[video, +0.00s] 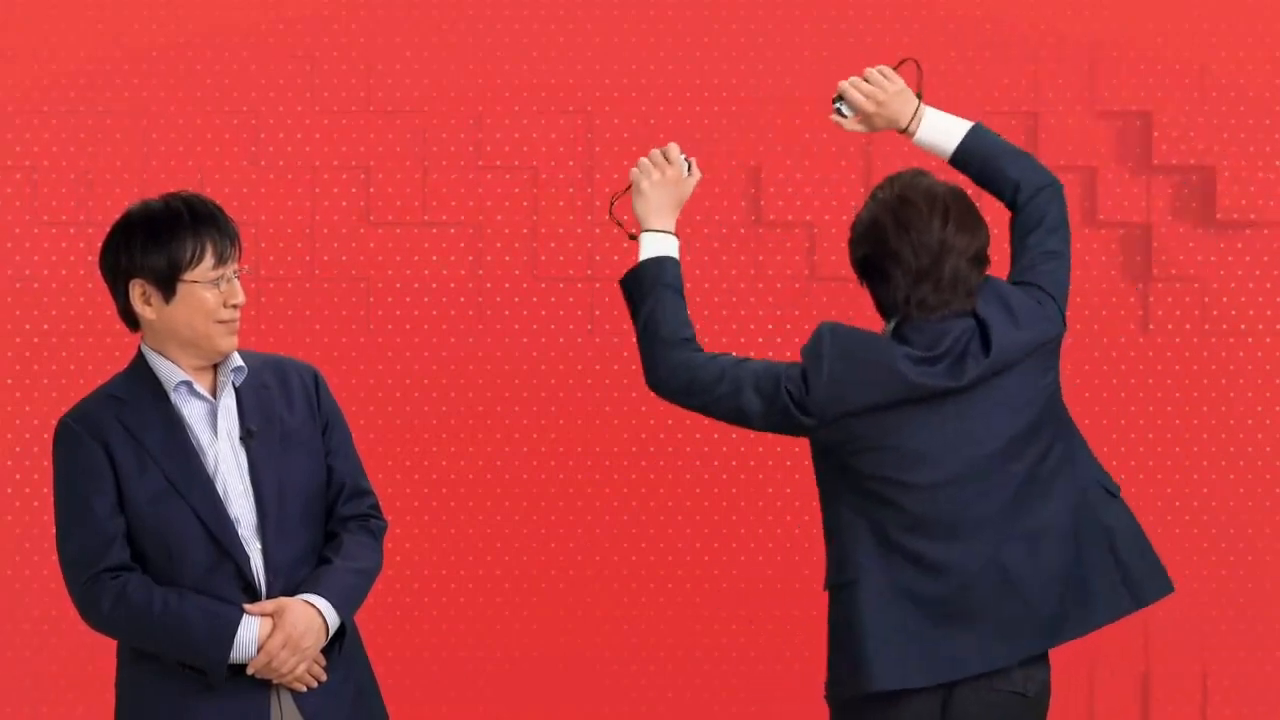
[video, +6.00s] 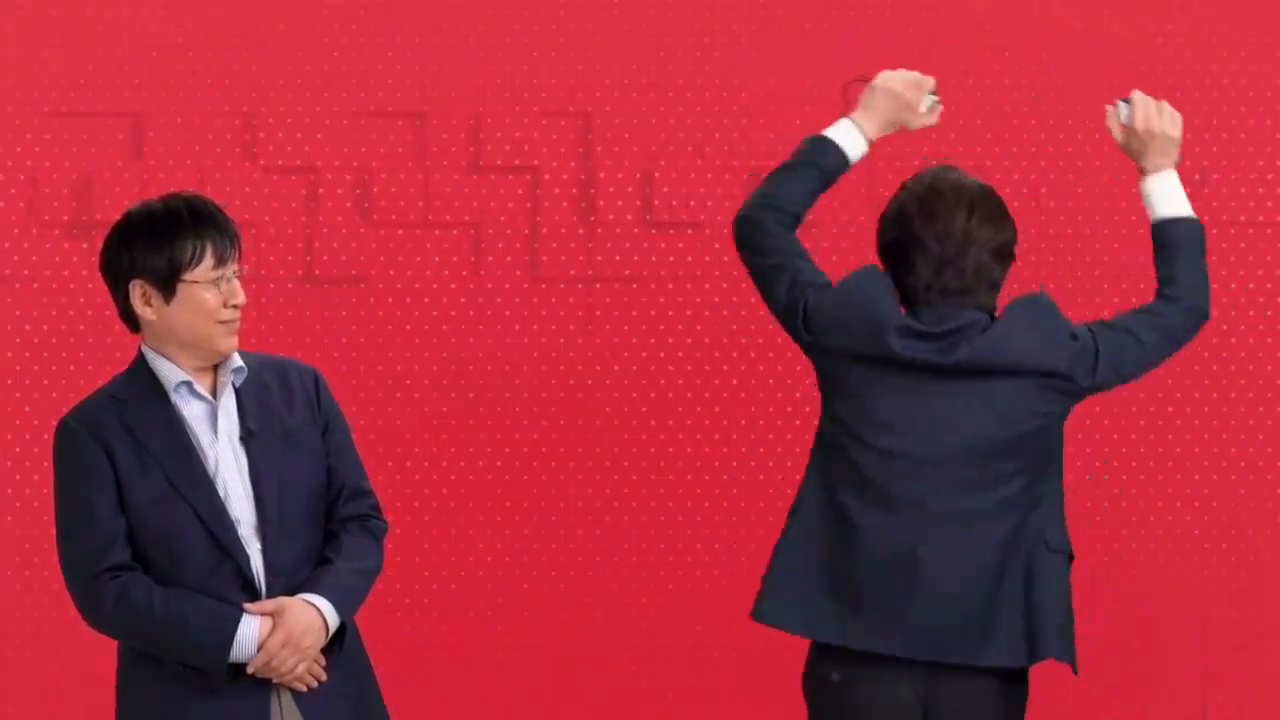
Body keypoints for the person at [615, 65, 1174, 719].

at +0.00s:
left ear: (872, 280)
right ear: (981, 260)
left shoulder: (838, 384)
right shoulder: (1028, 334)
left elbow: (675, 369)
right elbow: (1038, 192)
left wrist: (657, 232)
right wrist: (916, 116)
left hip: (886, 687)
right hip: (1011, 674)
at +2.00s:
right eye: (1001, 237)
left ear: (892, 256)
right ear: (1002, 249)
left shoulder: (841, 332)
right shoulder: (1052, 333)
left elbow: (709, 254)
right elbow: (1149, 230)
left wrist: (755, 125)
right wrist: (1067, 107)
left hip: (877, 666)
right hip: (1008, 666)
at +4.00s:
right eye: (997, 251)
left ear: (882, 258)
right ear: (991, 265)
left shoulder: (839, 333)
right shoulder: (1041, 362)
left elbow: (760, 220)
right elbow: (1190, 329)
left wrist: (853, 119)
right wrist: (1198, 190)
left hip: (855, 672)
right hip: (984, 681)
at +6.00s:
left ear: (890, 261)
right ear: (1001, 267)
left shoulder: (846, 338)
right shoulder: (1048, 360)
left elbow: (760, 225)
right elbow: (1184, 306)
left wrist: (862, 124)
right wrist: (1160, 171)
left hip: (855, 669)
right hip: (985, 677)